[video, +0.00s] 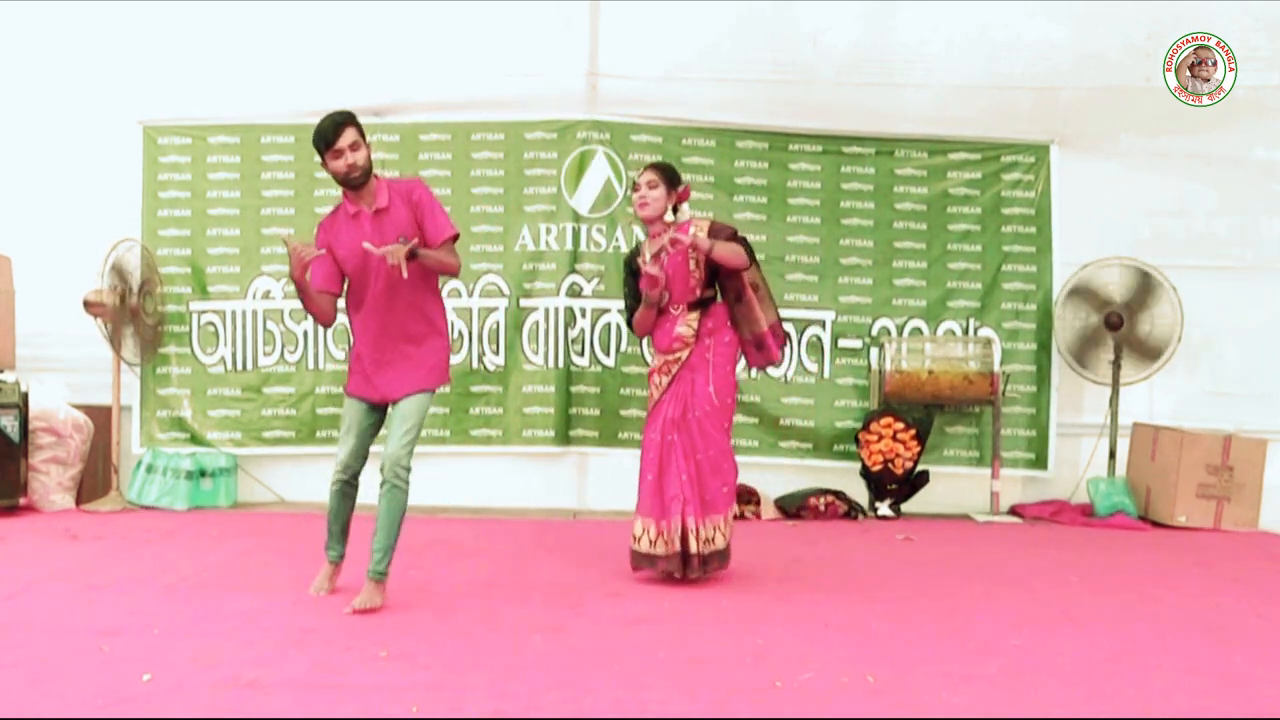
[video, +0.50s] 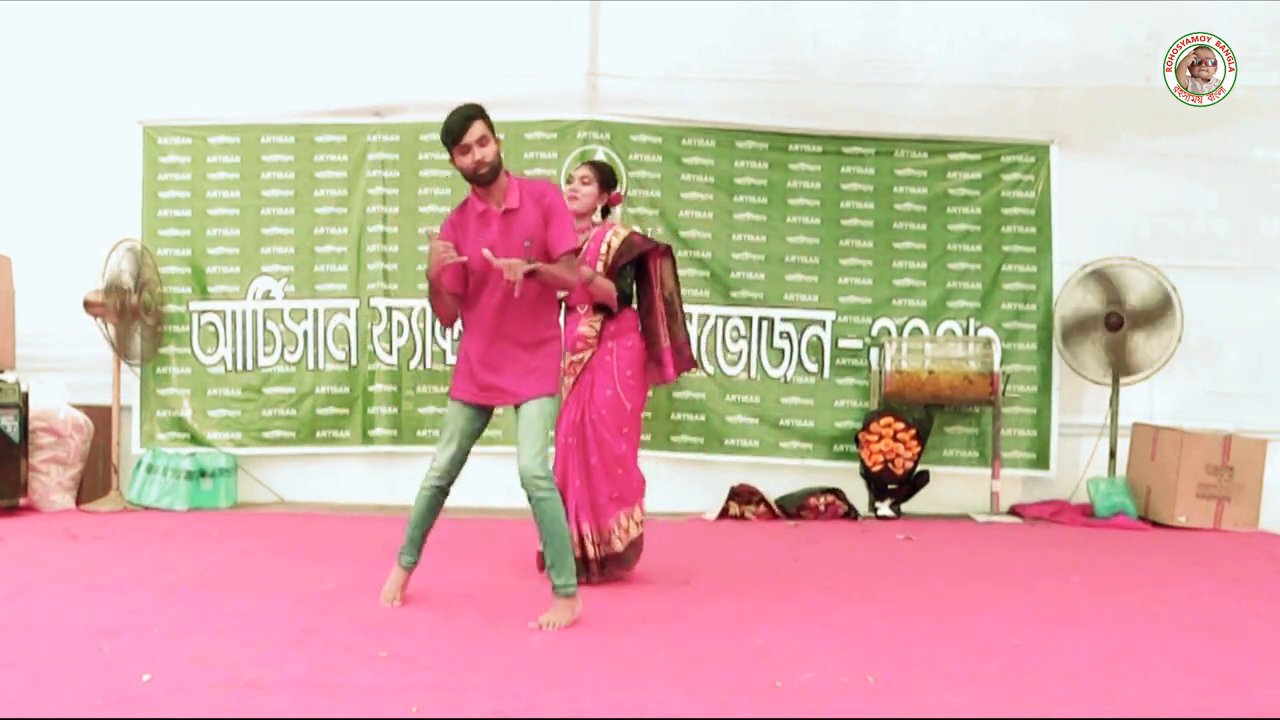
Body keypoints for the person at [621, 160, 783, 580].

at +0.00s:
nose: (641, 195)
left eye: (651, 188)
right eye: (637, 189)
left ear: (675, 195)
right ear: (633, 199)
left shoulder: (702, 231)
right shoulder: (638, 258)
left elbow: (743, 256)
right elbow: (640, 327)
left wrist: (702, 244)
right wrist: (652, 295)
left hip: (712, 339)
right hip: (668, 348)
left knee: (701, 431)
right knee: (662, 433)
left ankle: (705, 542)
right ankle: (670, 544)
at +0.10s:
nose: (625, 207)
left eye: (636, 200)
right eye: (622, 200)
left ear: (660, 208)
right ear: (618, 211)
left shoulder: (685, 243)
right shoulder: (626, 272)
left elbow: (717, 273)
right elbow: (628, 342)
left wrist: (680, 261)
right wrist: (634, 307)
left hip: (696, 351)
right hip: (655, 359)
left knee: (682, 437)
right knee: (632, 439)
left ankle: (687, 547)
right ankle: (644, 548)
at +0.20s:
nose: (616, 211)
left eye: (627, 205)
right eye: (613, 204)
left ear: (650, 214)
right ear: (609, 215)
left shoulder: (672, 249)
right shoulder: (616, 272)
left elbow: (696, 290)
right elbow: (615, 347)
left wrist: (653, 269)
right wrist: (616, 309)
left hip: (683, 358)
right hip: (644, 365)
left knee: (665, 441)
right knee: (613, 442)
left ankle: (675, 551)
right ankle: (629, 551)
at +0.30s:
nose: (600, 195)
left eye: (610, 190)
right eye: (596, 189)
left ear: (632, 202)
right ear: (591, 200)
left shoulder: (651, 239)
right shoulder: (596, 254)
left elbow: (653, 293)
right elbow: (590, 326)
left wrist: (609, 265)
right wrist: (586, 287)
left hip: (658, 350)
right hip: (621, 353)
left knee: (648, 441)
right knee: (602, 438)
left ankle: (657, 548)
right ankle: (609, 548)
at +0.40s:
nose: (587, 189)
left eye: (599, 184)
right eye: (585, 182)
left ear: (621, 196)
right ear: (579, 192)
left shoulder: (636, 234)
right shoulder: (582, 247)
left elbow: (635, 290)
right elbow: (571, 317)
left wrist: (593, 260)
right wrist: (568, 278)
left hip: (642, 341)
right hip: (606, 345)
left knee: (627, 429)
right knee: (592, 430)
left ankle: (646, 538)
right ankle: (604, 545)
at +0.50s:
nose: (574, 189)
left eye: (585, 183)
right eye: (570, 181)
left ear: (606, 195)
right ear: (562, 189)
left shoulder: (619, 238)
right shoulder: (564, 240)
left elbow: (618, 297)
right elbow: (552, 288)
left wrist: (580, 272)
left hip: (617, 342)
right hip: (578, 343)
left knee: (602, 433)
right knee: (570, 435)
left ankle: (617, 539)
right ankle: (576, 541)